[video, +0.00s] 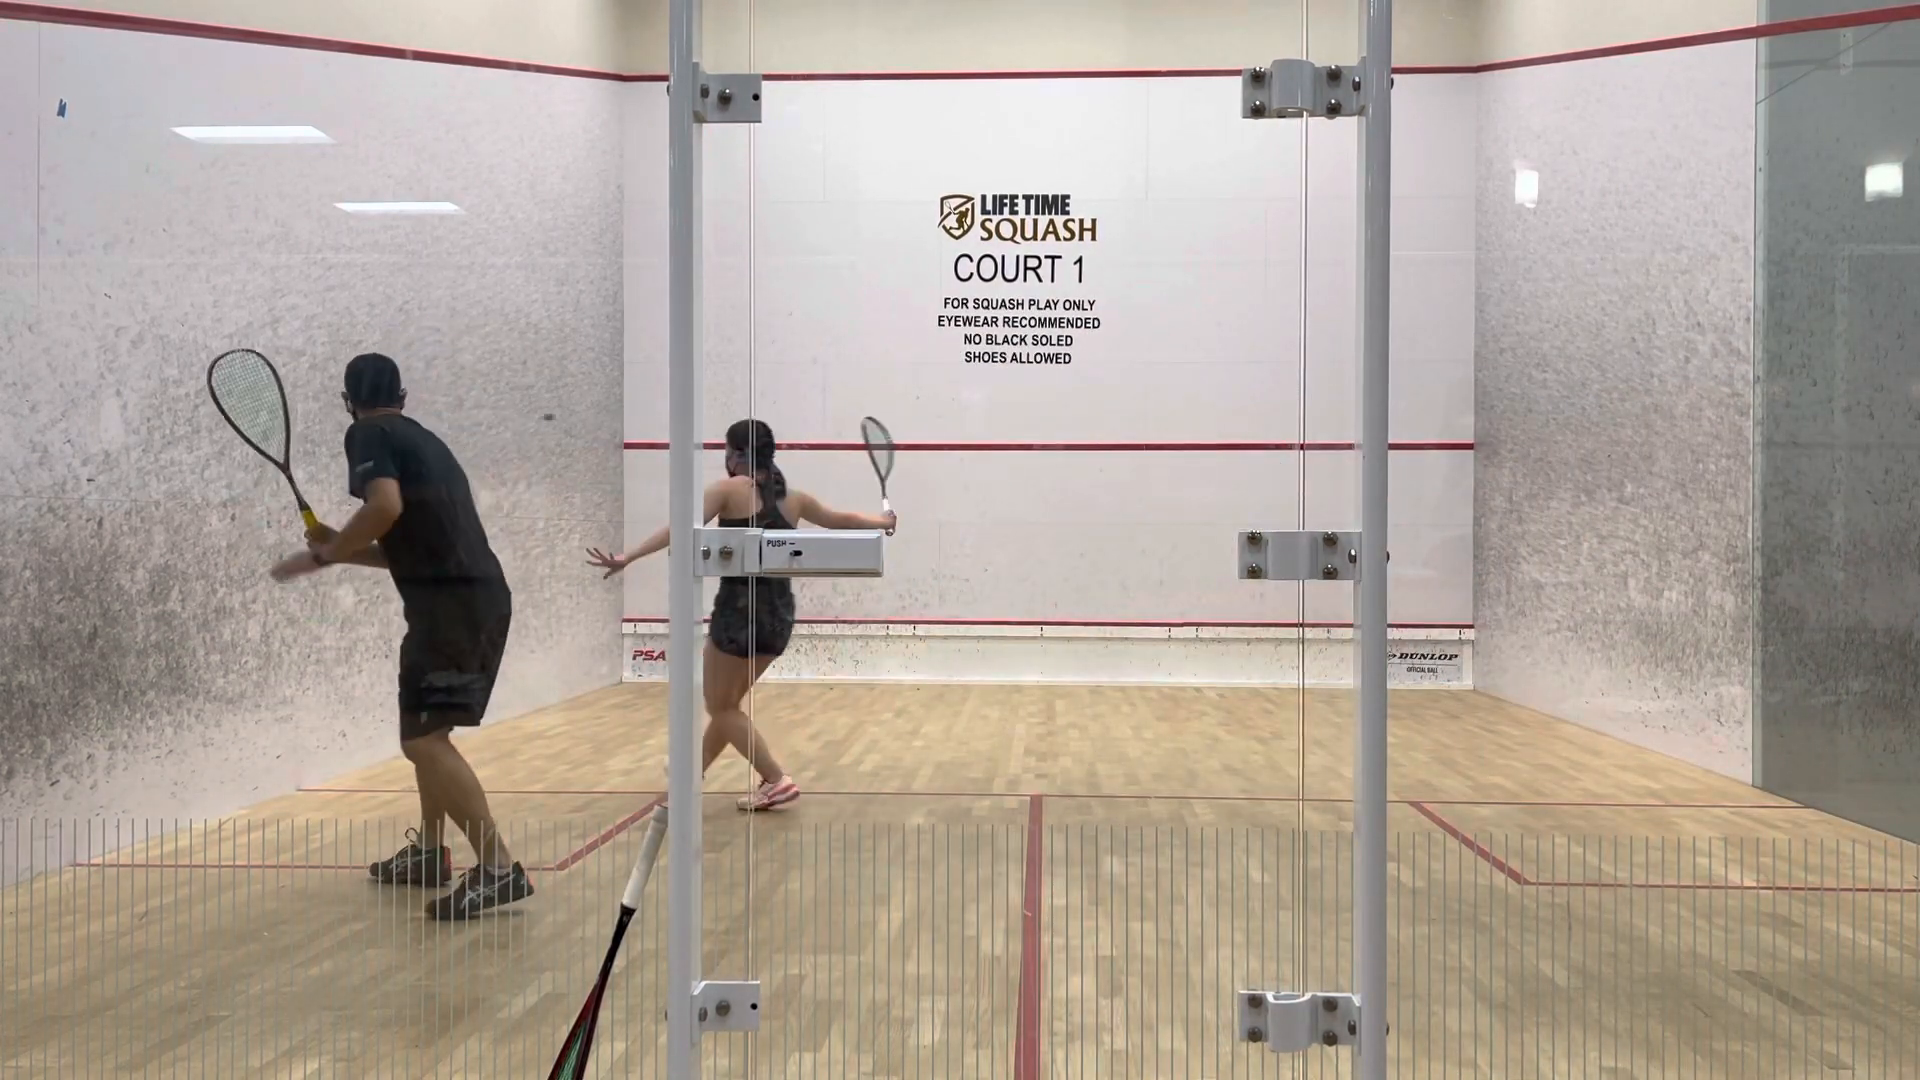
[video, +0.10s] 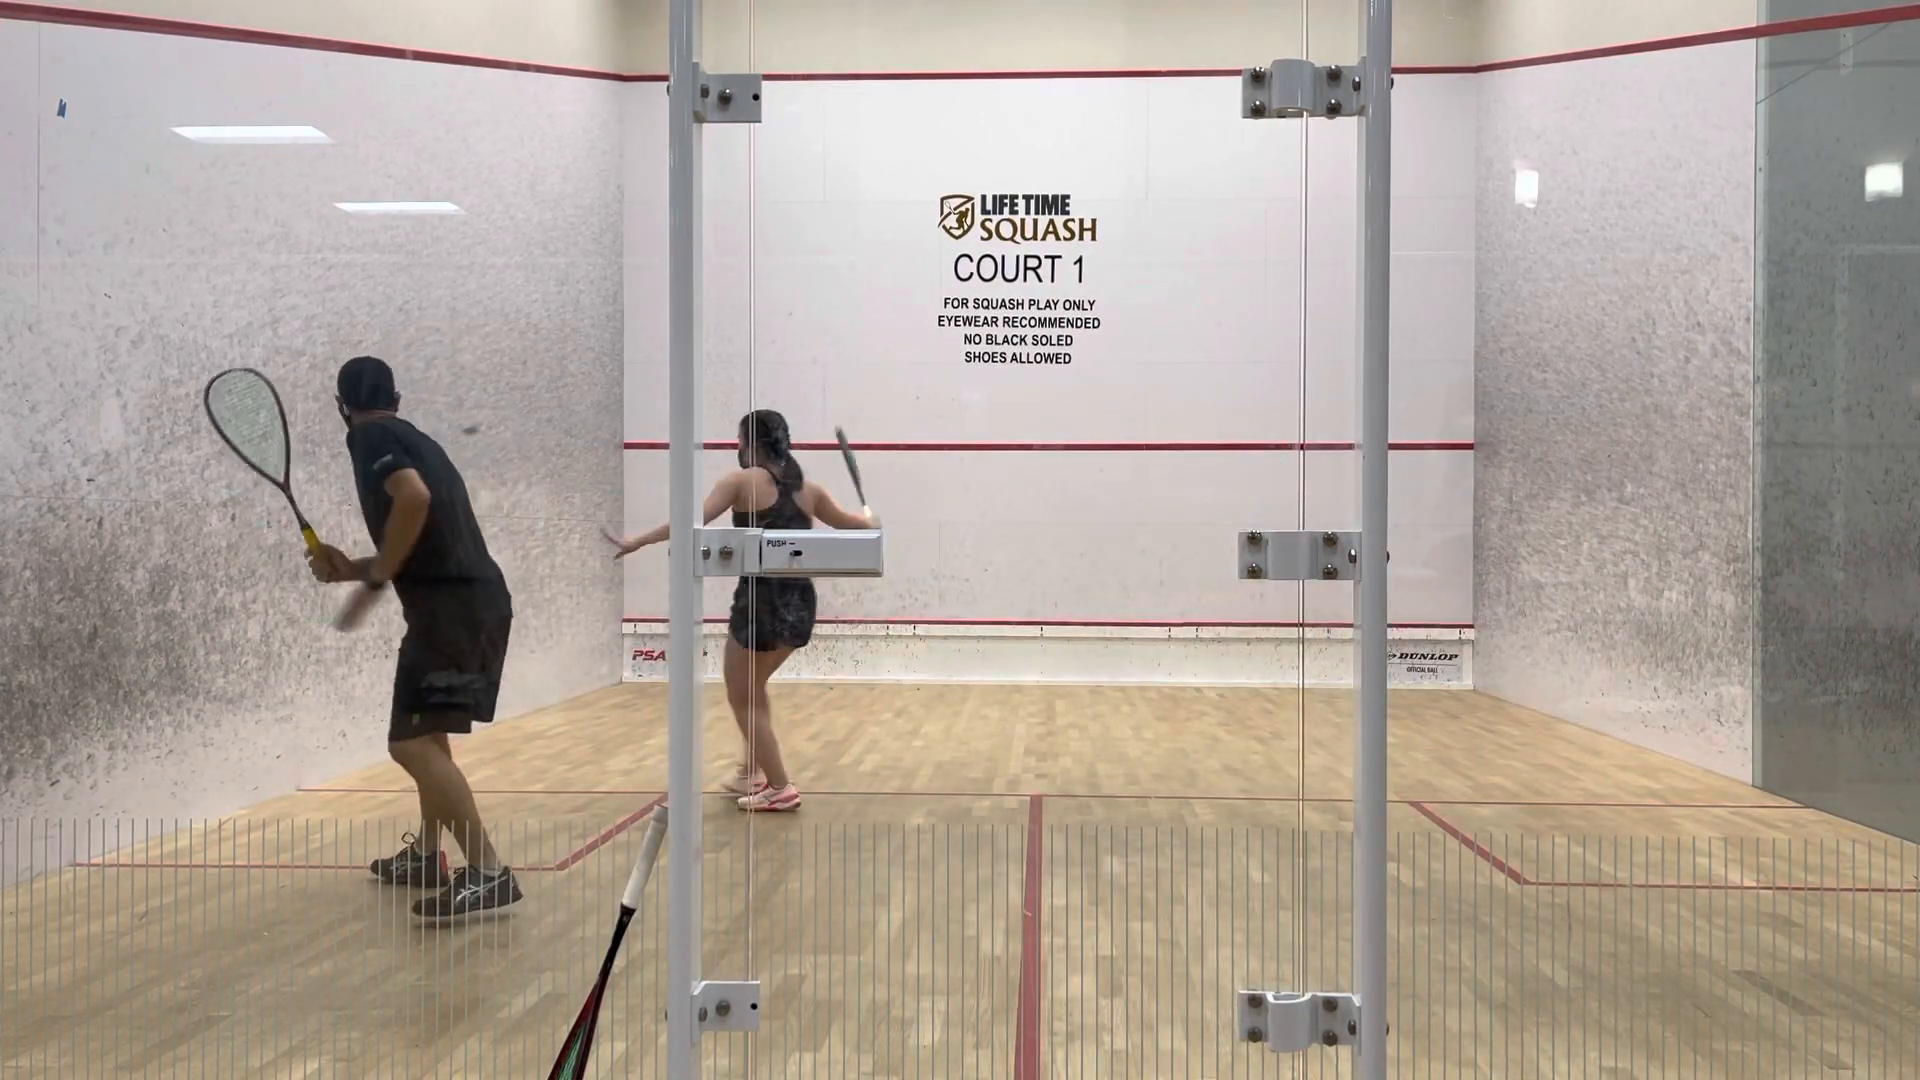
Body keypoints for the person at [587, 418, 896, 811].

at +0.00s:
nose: (725, 457)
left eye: (727, 450)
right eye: (727, 450)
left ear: (736, 453)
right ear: (769, 452)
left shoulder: (726, 490)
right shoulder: (792, 497)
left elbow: (678, 529)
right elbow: (837, 519)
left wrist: (627, 556)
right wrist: (883, 521)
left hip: (737, 611)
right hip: (780, 614)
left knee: (721, 706)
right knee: (727, 707)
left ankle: (776, 780)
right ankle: (685, 781)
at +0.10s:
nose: (737, 449)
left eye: (740, 442)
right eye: (738, 442)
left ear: (751, 443)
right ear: (781, 443)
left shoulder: (741, 480)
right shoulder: (808, 489)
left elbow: (690, 522)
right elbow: (844, 521)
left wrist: (635, 542)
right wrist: (867, 519)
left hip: (759, 603)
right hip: (800, 603)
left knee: (744, 700)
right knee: (753, 685)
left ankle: (780, 788)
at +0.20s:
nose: (754, 444)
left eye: (757, 437)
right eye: (754, 437)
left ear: (771, 437)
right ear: (798, 435)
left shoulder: (755, 477)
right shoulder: (823, 482)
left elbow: (718, 522)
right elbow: (855, 532)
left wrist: (670, 533)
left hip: (777, 601)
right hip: (820, 599)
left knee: (760, 696)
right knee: (790, 684)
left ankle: (781, 788)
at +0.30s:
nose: (767, 441)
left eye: (771, 434)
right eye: (768, 434)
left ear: (791, 435)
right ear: (809, 434)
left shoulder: (774, 476)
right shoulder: (839, 482)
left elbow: (759, 530)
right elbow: (857, 538)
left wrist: (728, 538)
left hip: (796, 599)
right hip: (840, 597)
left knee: (771, 693)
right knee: (835, 695)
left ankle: (780, 787)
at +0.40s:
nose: (785, 448)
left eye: (790, 441)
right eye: (786, 441)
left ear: (810, 444)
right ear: (825, 443)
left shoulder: (800, 484)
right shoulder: (855, 482)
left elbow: (794, 549)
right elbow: (868, 540)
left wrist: (751, 550)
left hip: (821, 604)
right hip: (863, 602)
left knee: (783, 693)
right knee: (879, 703)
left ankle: (781, 788)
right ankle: (942, 775)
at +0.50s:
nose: (807, 457)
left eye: (813, 450)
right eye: (808, 450)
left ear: (836, 452)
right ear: (845, 453)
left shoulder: (828, 493)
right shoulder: (874, 489)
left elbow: (832, 558)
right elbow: (893, 559)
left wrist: (779, 556)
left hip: (848, 615)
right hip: (889, 612)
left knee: (801, 699)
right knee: (904, 713)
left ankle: (784, 788)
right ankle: (957, 795)